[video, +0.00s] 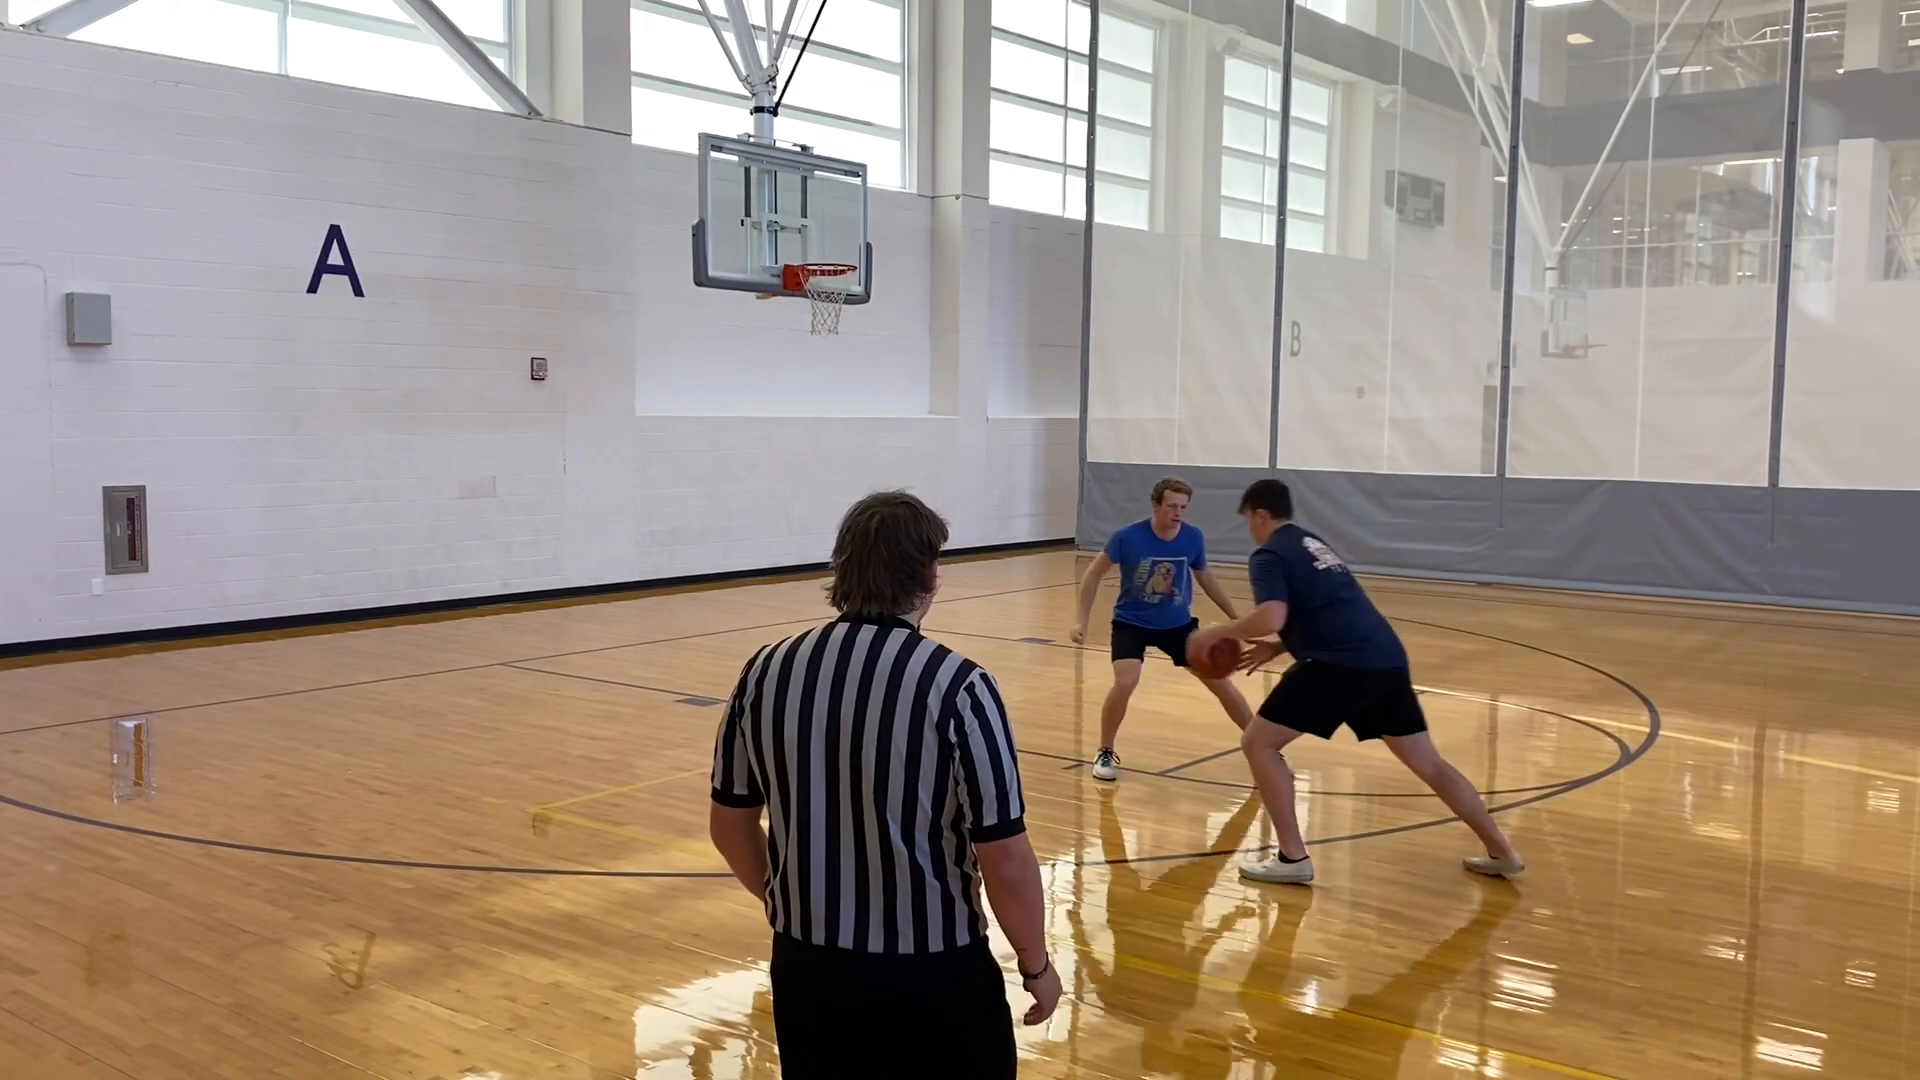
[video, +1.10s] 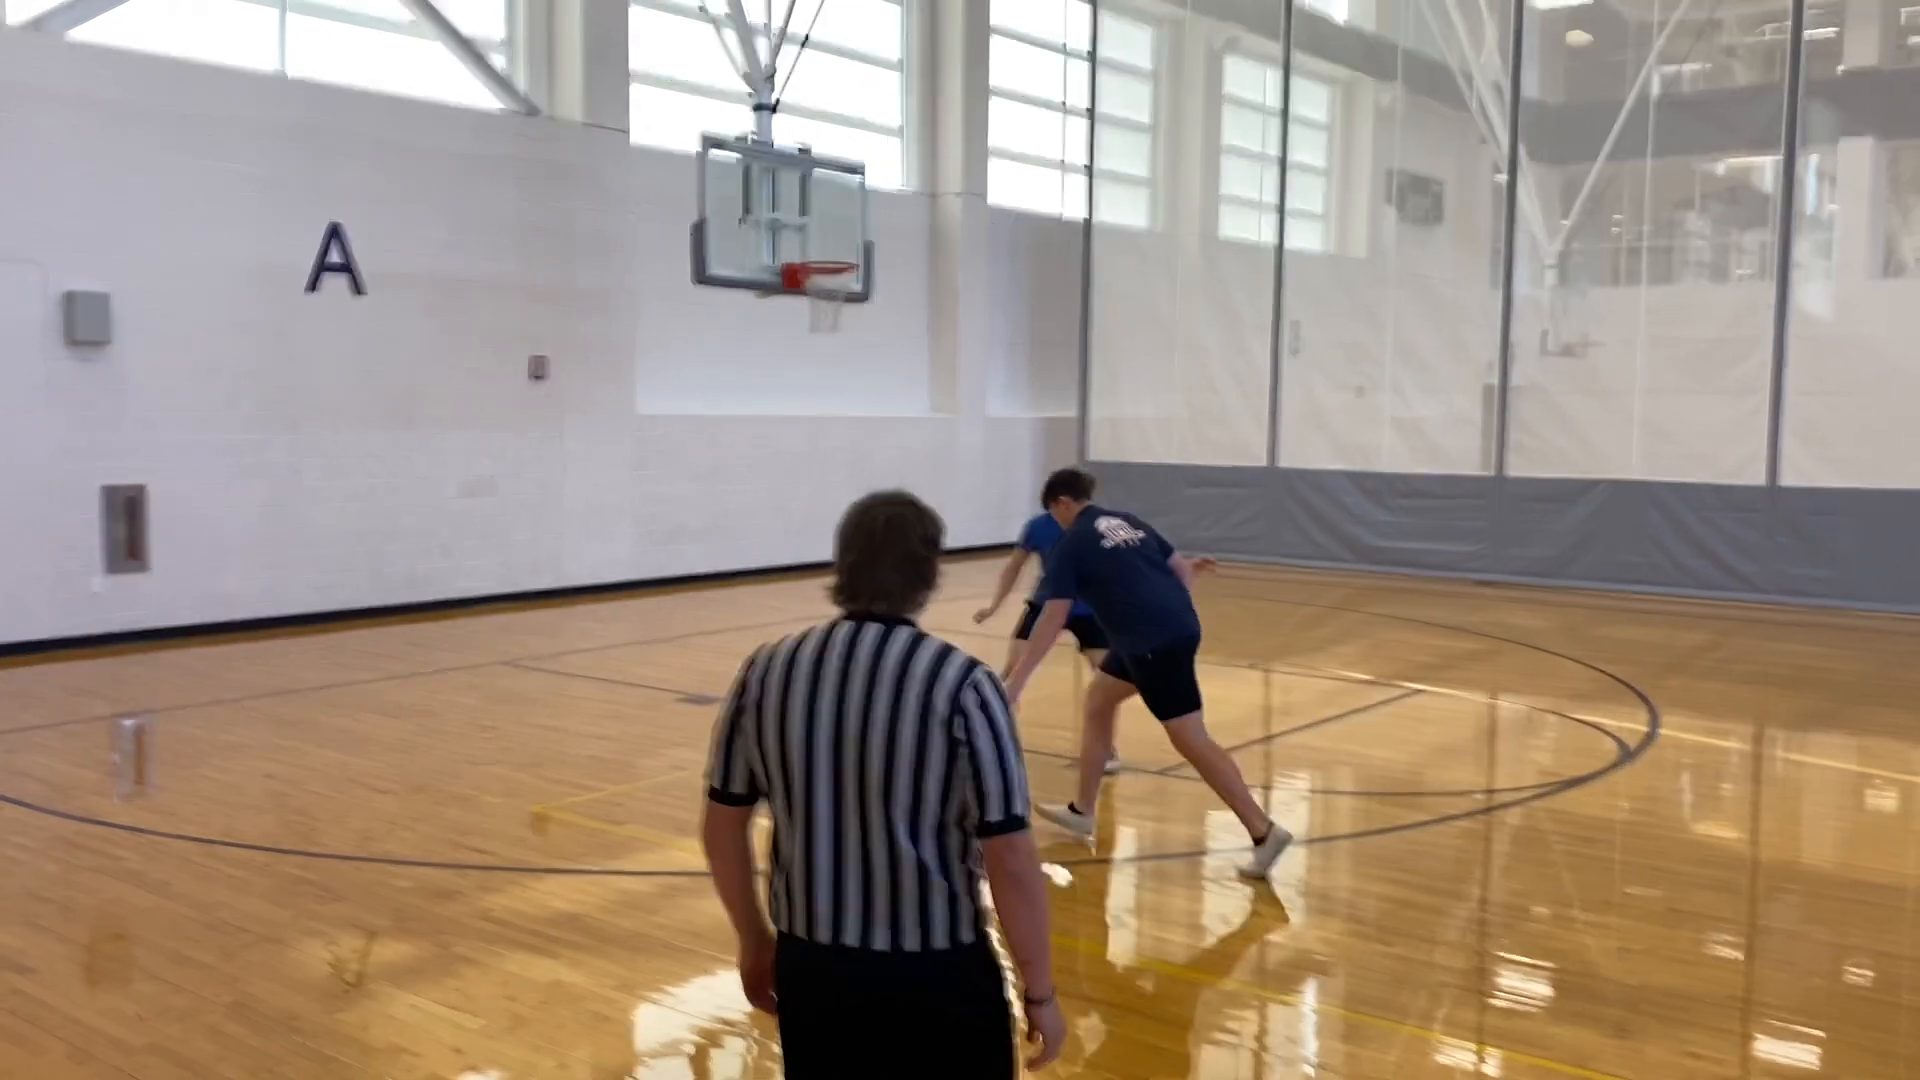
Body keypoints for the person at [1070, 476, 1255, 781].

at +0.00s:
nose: (1178, 512)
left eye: (1183, 507)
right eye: (1172, 506)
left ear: (1187, 508)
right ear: (1155, 506)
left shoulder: (1192, 538)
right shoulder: (1127, 538)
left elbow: (1205, 577)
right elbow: (1094, 574)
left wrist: (1235, 618)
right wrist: (1082, 623)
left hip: (1177, 624)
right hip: (1131, 623)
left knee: (1220, 681)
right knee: (1126, 681)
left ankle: (1263, 746)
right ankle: (1106, 752)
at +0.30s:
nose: (1145, 499)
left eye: (1151, 493)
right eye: (1139, 492)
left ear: (1157, 494)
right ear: (1125, 491)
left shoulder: (1165, 526)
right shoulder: (1097, 522)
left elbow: (1187, 564)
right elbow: (1066, 552)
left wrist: (1210, 594)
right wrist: (1046, 595)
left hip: (1150, 610)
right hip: (1105, 612)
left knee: (1187, 672)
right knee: (1110, 675)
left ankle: (1218, 741)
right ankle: (1104, 751)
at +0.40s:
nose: (1135, 495)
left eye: (1141, 489)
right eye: (1129, 489)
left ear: (1148, 491)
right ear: (1116, 488)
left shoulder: (1157, 522)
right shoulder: (1089, 517)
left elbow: (1187, 556)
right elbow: (1059, 548)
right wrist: (1037, 590)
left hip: (1142, 608)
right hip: (1097, 609)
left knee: (1175, 666)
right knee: (1099, 676)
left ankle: (1193, 740)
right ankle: (1102, 751)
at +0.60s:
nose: (1117, 491)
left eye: (1123, 486)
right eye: (1112, 485)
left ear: (1130, 488)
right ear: (1100, 484)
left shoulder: (1136, 518)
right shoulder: (1074, 512)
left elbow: (1154, 556)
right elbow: (1045, 547)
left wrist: (1153, 595)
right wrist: (1024, 588)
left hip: (1122, 599)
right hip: (1078, 599)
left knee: (1150, 662)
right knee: (1077, 670)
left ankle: (1147, 732)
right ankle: (1084, 744)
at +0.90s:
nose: (1091, 493)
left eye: (1097, 488)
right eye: (1086, 487)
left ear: (1106, 489)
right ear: (1076, 486)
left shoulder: (1114, 518)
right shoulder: (1054, 518)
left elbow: (1134, 558)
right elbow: (1028, 555)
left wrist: (1138, 600)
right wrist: (1009, 595)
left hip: (1104, 601)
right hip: (1060, 599)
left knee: (1122, 670)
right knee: (1043, 664)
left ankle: (1115, 739)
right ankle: (1038, 738)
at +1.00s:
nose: (1084, 495)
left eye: (1088, 489)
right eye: (1078, 488)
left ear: (1091, 493)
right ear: (1068, 491)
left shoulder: (1105, 522)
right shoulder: (1045, 522)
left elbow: (1125, 565)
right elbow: (1021, 561)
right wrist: (1002, 601)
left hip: (1095, 603)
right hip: (1051, 600)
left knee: (1112, 672)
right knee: (1027, 662)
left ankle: (1111, 743)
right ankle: (1015, 734)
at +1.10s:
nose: (1057, 513)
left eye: (1057, 506)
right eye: (1055, 507)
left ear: (1068, 500)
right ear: (1053, 504)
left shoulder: (1097, 524)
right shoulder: (1039, 527)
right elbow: (1015, 565)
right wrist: (994, 606)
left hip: (1087, 607)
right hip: (1045, 605)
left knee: (1108, 675)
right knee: (1013, 668)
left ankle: (1107, 748)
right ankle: (991, 732)